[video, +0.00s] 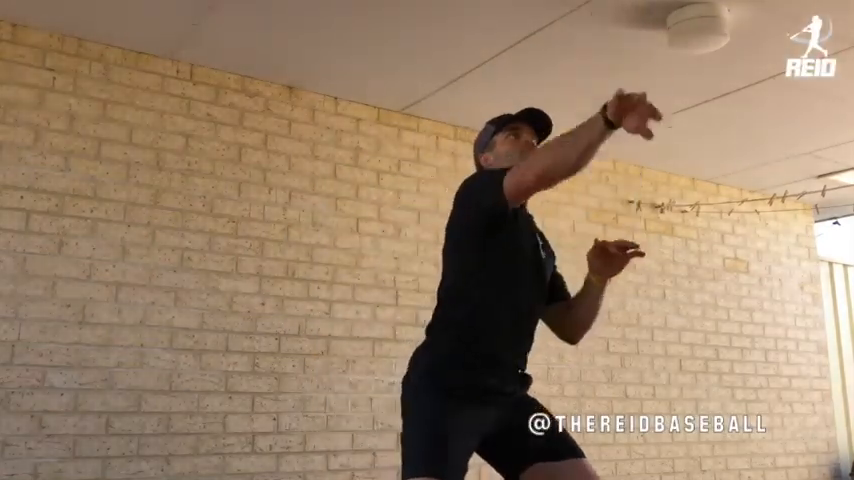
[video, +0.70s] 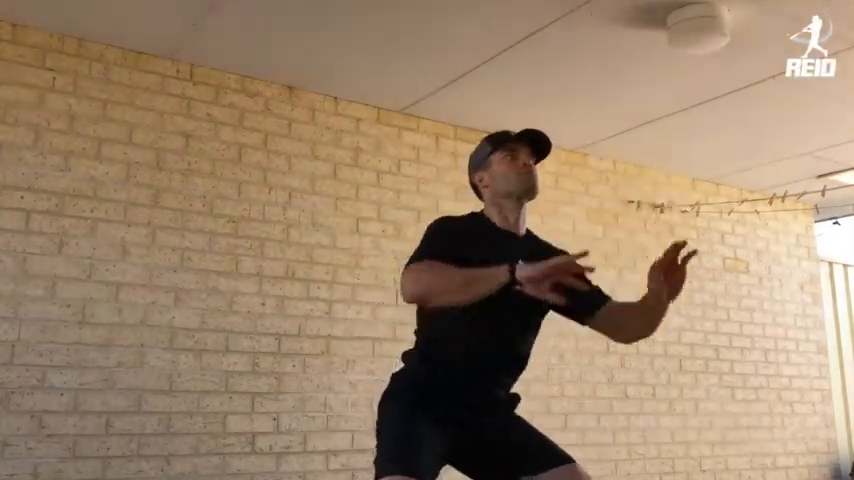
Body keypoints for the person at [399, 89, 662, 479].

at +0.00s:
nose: (529, 145)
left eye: (535, 139)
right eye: (513, 135)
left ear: (541, 153)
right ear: (485, 157)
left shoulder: (534, 243)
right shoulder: (477, 196)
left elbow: (570, 328)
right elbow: (543, 170)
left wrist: (596, 279)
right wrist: (608, 119)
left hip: (503, 393)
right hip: (444, 385)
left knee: (577, 473)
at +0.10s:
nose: (529, 141)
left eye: (532, 138)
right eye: (513, 136)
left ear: (537, 160)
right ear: (485, 161)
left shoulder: (544, 249)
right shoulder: (469, 198)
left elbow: (595, 316)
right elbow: (498, 221)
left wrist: (600, 257)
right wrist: (584, 186)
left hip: (503, 396)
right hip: (441, 389)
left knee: (578, 474)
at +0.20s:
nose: (526, 147)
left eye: (528, 143)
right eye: (509, 141)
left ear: (533, 164)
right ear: (482, 165)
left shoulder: (536, 243)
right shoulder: (455, 208)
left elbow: (620, 297)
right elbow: (453, 264)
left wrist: (608, 228)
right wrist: (536, 245)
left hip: (499, 400)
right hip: (434, 396)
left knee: (576, 475)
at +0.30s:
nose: (521, 157)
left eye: (524, 152)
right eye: (504, 150)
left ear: (529, 170)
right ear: (476, 173)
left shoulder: (545, 250)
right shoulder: (440, 222)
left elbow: (644, 281)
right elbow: (401, 288)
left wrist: (655, 225)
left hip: (488, 405)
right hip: (419, 399)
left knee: (572, 475)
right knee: (399, 475)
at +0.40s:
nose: (520, 163)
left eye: (523, 160)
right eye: (504, 158)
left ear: (529, 182)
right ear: (475, 184)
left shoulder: (552, 250)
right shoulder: (435, 240)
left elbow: (651, 217)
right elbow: (367, 302)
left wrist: (714, 150)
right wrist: (425, 304)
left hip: (483, 417)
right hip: (413, 402)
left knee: (568, 478)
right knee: (385, 476)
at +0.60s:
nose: (520, 160)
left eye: (524, 157)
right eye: (504, 154)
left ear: (531, 179)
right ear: (475, 179)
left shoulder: (550, 249)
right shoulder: (437, 241)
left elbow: (648, 267)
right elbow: (386, 319)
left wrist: (668, 206)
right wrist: (460, 309)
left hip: (489, 415)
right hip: (419, 403)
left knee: (570, 475)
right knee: (394, 475)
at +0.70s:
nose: (528, 161)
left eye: (530, 156)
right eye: (510, 155)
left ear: (537, 176)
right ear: (481, 180)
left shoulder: (545, 259)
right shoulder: (450, 231)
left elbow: (621, 325)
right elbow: (414, 286)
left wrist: (656, 301)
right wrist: (514, 274)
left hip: (488, 413)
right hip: (420, 401)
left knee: (571, 475)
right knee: (401, 474)